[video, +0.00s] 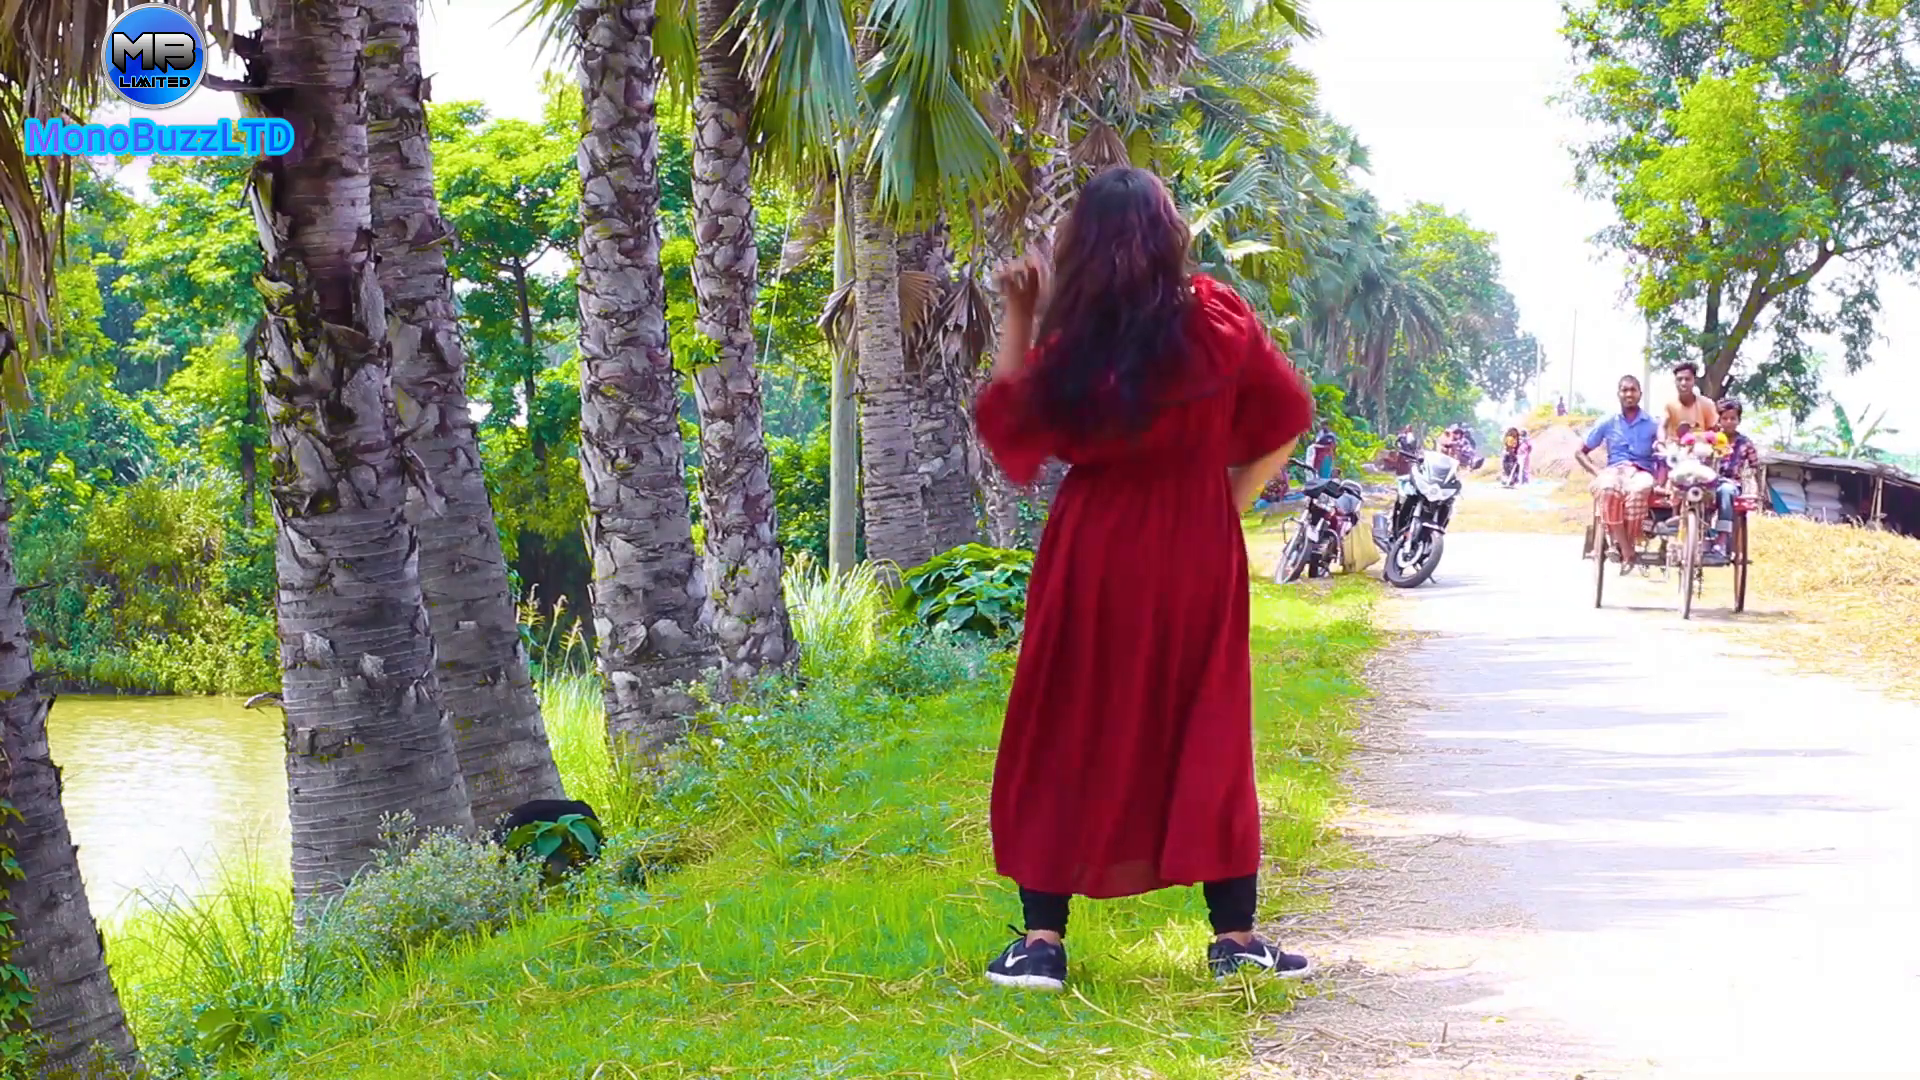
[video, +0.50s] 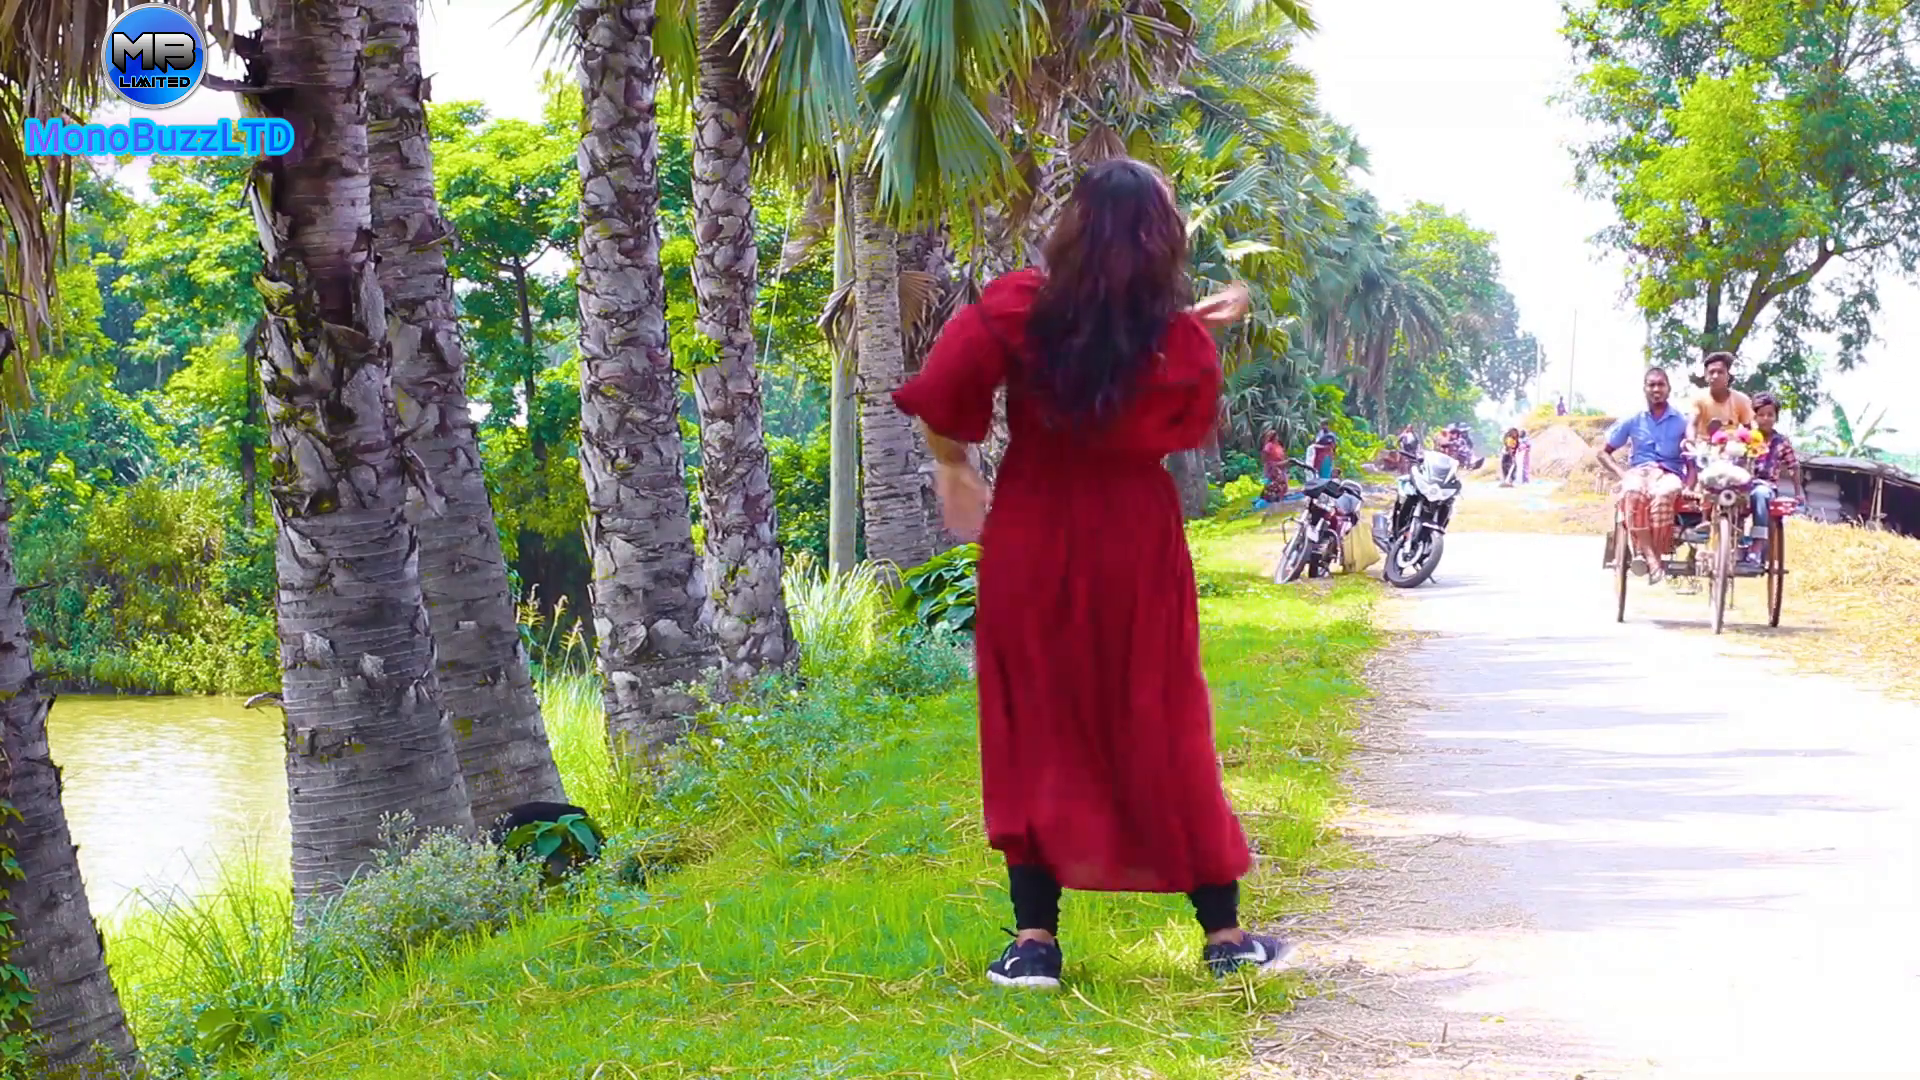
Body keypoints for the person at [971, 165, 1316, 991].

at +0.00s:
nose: (1053, 236)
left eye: (1064, 223)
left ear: (1085, 245)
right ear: (1170, 240)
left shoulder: (1074, 334)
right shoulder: (1214, 315)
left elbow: (1008, 431)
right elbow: (1289, 409)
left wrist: (1015, 322)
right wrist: (1236, 491)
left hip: (1095, 538)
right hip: (1197, 533)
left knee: (1063, 727)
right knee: (1215, 726)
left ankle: (1042, 940)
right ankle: (1235, 935)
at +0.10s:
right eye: (1176, 223)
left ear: (1078, 245)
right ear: (1171, 234)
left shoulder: (1064, 349)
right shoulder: (1217, 299)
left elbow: (1029, 479)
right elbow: (1320, 351)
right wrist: (1253, 415)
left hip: (1090, 559)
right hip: (1195, 555)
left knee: (1066, 733)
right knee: (1215, 732)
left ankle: (1041, 943)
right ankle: (1235, 937)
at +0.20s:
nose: (1183, 231)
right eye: (1180, 217)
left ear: (1083, 234)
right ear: (1176, 230)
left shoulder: (1057, 342)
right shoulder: (1218, 299)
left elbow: (1019, 475)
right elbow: (1344, 318)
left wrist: (999, 555)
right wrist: (1256, 365)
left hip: (1079, 551)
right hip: (1188, 550)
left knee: (1056, 732)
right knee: (1209, 734)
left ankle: (1041, 944)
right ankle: (1235, 939)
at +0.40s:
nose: (1182, 242)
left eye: (1178, 229)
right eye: (1175, 231)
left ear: (1082, 233)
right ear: (1163, 243)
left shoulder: (1030, 314)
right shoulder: (1182, 334)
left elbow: (947, 402)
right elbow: (1268, 397)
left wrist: (979, 503)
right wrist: (1267, 293)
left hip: (1051, 529)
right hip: (1151, 531)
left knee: (1047, 720)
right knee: (1191, 721)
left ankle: (1038, 939)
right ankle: (1233, 935)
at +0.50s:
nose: (1175, 238)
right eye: (1170, 226)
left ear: (1071, 228)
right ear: (1162, 239)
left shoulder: (1018, 302)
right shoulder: (1178, 334)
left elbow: (940, 392)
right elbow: (1193, 418)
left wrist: (957, 473)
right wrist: (1203, 319)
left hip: (1035, 513)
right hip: (1137, 521)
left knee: (1029, 719)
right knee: (1171, 717)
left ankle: (1035, 941)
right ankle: (1224, 935)